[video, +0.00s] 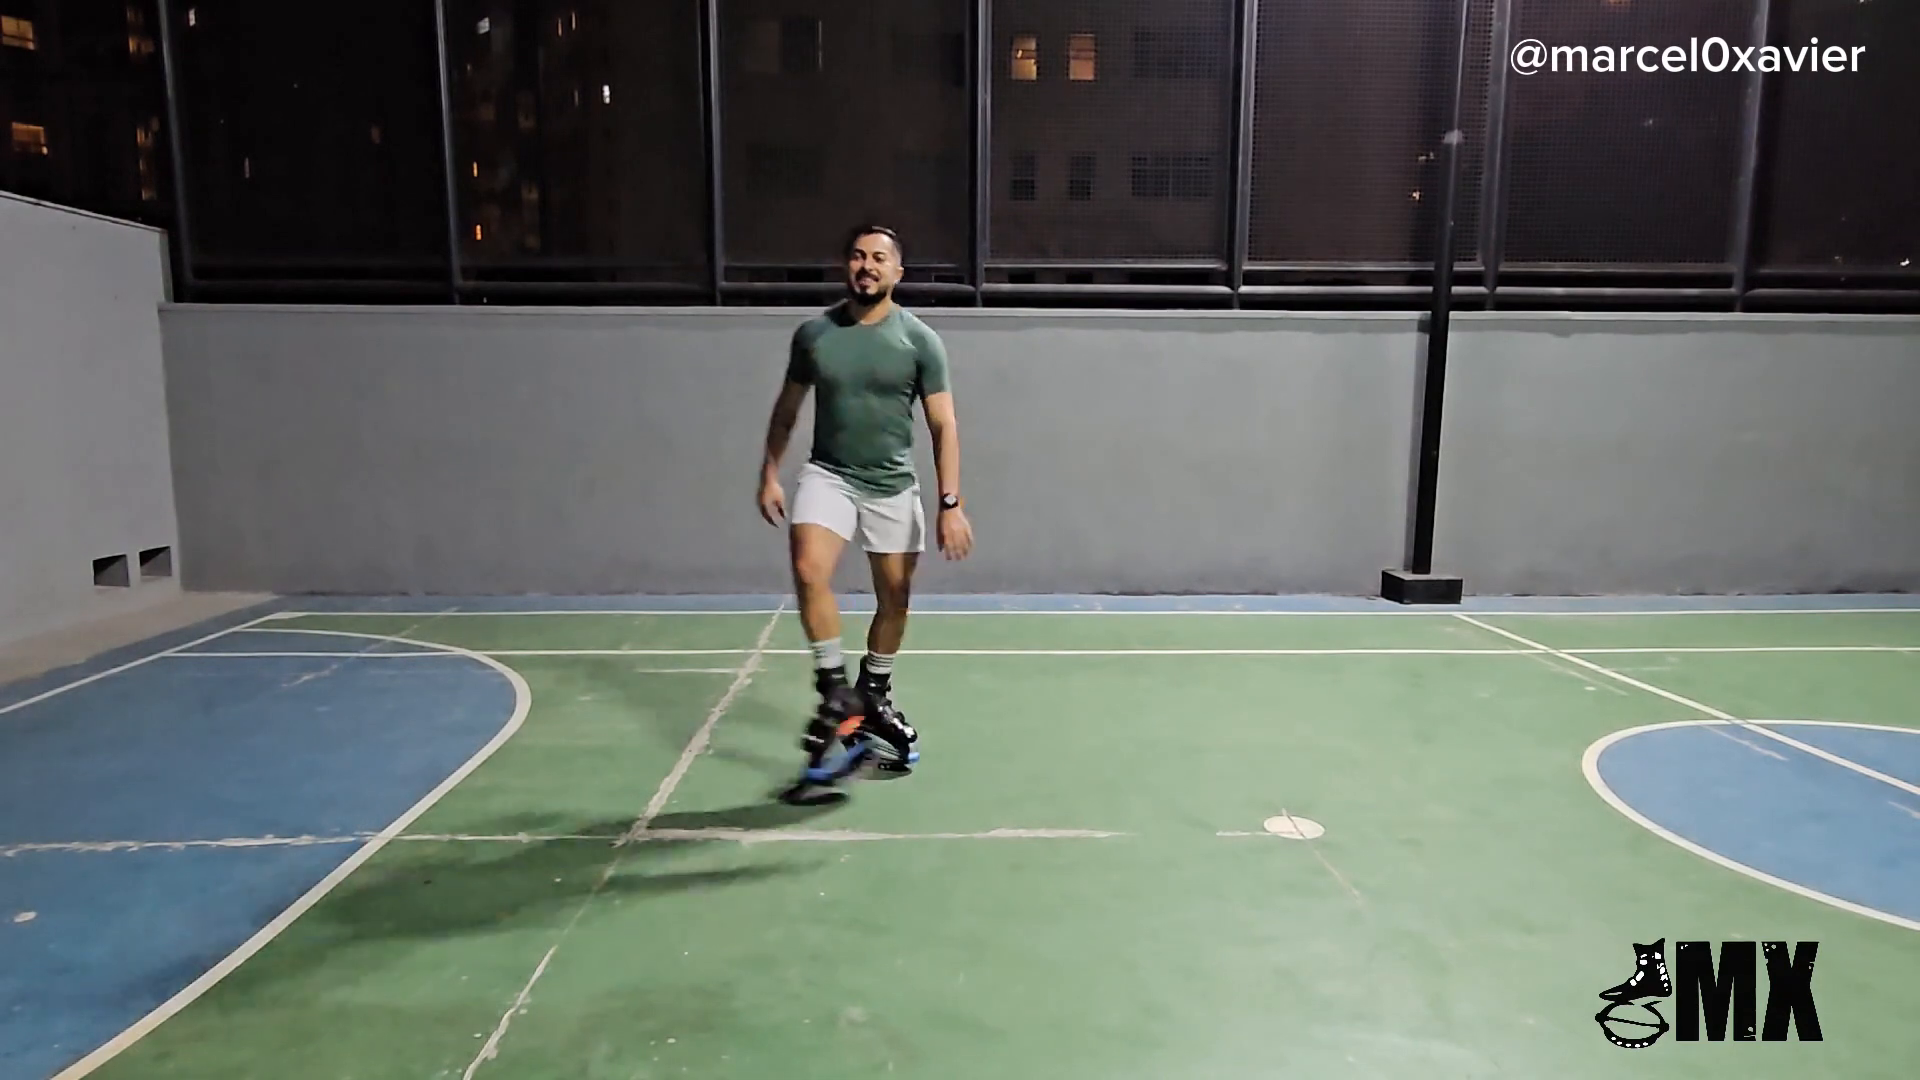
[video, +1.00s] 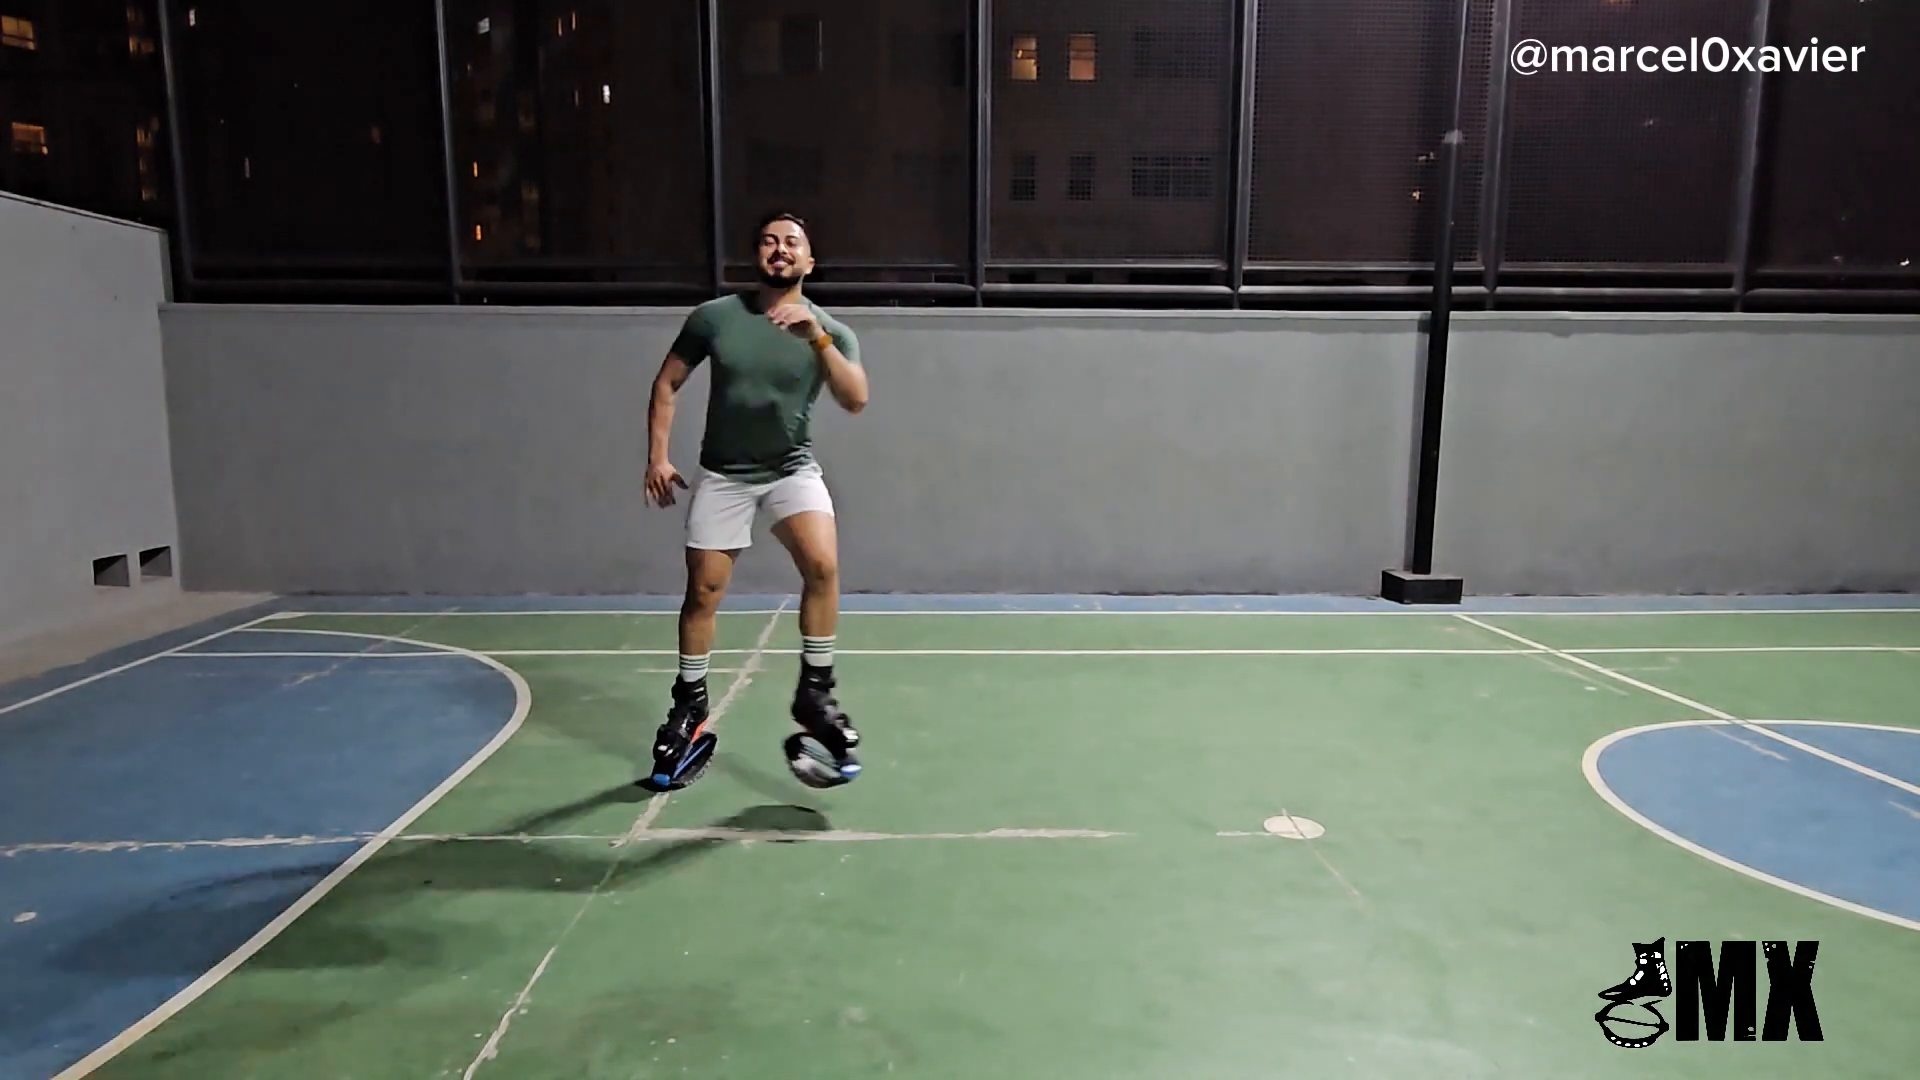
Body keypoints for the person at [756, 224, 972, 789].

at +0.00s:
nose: (866, 265)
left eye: (879, 257)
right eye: (858, 256)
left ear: (899, 272)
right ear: (845, 267)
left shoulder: (921, 341)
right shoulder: (814, 336)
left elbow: (944, 426)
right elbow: (786, 410)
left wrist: (951, 504)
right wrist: (769, 474)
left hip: (893, 486)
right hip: (827, 477)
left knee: (895, 596)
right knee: (808, 571)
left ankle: (875, 693)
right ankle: (833, 693)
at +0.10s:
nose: (843, 255)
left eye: (855, 247)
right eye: (834, 245)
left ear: (873, 262)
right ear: (820, 257)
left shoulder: (897, 329)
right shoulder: (787, 325)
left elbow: (935, 408)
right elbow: (751, 393)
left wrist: (966, 478)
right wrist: (722, 462)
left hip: (872, 477)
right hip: (805, 470)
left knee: (879, 589)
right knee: (769, 570)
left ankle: (869, 695)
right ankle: (773, 694)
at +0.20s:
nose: (824, 262)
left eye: (835, 253)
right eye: (814, 251)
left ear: (847, 264)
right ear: (797, 260)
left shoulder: (870, 330)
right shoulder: (761, 329)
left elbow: (921, 394)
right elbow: (712, 389)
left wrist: (973, 449)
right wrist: (662, 447)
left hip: (848, 481)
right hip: (779, 477)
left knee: (866, 589)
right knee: (744, 583)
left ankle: (865, 693)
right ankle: (720, 695)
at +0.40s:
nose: (802, 282)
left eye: (806, 273)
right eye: (792, 271)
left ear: (807, 280)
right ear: (758, 274)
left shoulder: (818, 344)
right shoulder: (706, 336)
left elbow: (881, 402)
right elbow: (644, 393)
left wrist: (936, 432)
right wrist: (587, 405)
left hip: (793, 487)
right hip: (725, 490)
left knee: (830, 593)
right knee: (710, 598)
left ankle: (853, 699)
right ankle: (694, 720)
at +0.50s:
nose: (792, 270)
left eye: (796, 260)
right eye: (781, 259)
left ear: (796, 267)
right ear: (747, 263)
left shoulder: (809, 333)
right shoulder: (696, 320)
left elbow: (851, 403)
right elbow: (647, 383)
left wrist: (872, 425)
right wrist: (627, 393)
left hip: (780, 471)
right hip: (713, 475)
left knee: (806, 577)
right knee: (703, 586)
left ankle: (813, 684)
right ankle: (693, 708)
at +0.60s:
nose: (786, 267)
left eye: (791, 259)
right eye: (775, 257)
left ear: (792, 265)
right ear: (740, 260)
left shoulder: (803, 331)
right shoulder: (692, 315)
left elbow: (816, 411)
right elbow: (652, 389)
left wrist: (805, 419)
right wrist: (673, 398)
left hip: (774, 469)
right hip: (706, 471)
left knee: (779, 574)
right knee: (692, 584)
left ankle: (770, 684)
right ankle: (691, 704)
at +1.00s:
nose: (778, 249)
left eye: (790, 243)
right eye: (769, 242)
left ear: (810, 262)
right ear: (754, 258)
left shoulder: (831, 330)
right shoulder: (713, 317)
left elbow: (856, 400)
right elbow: (667, 382)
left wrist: (820, 341)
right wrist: (657, 457)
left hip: (792, 473)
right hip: (723, 477)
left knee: (823, 565)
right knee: (703, 590)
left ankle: (815, 693)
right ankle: (689, 711)